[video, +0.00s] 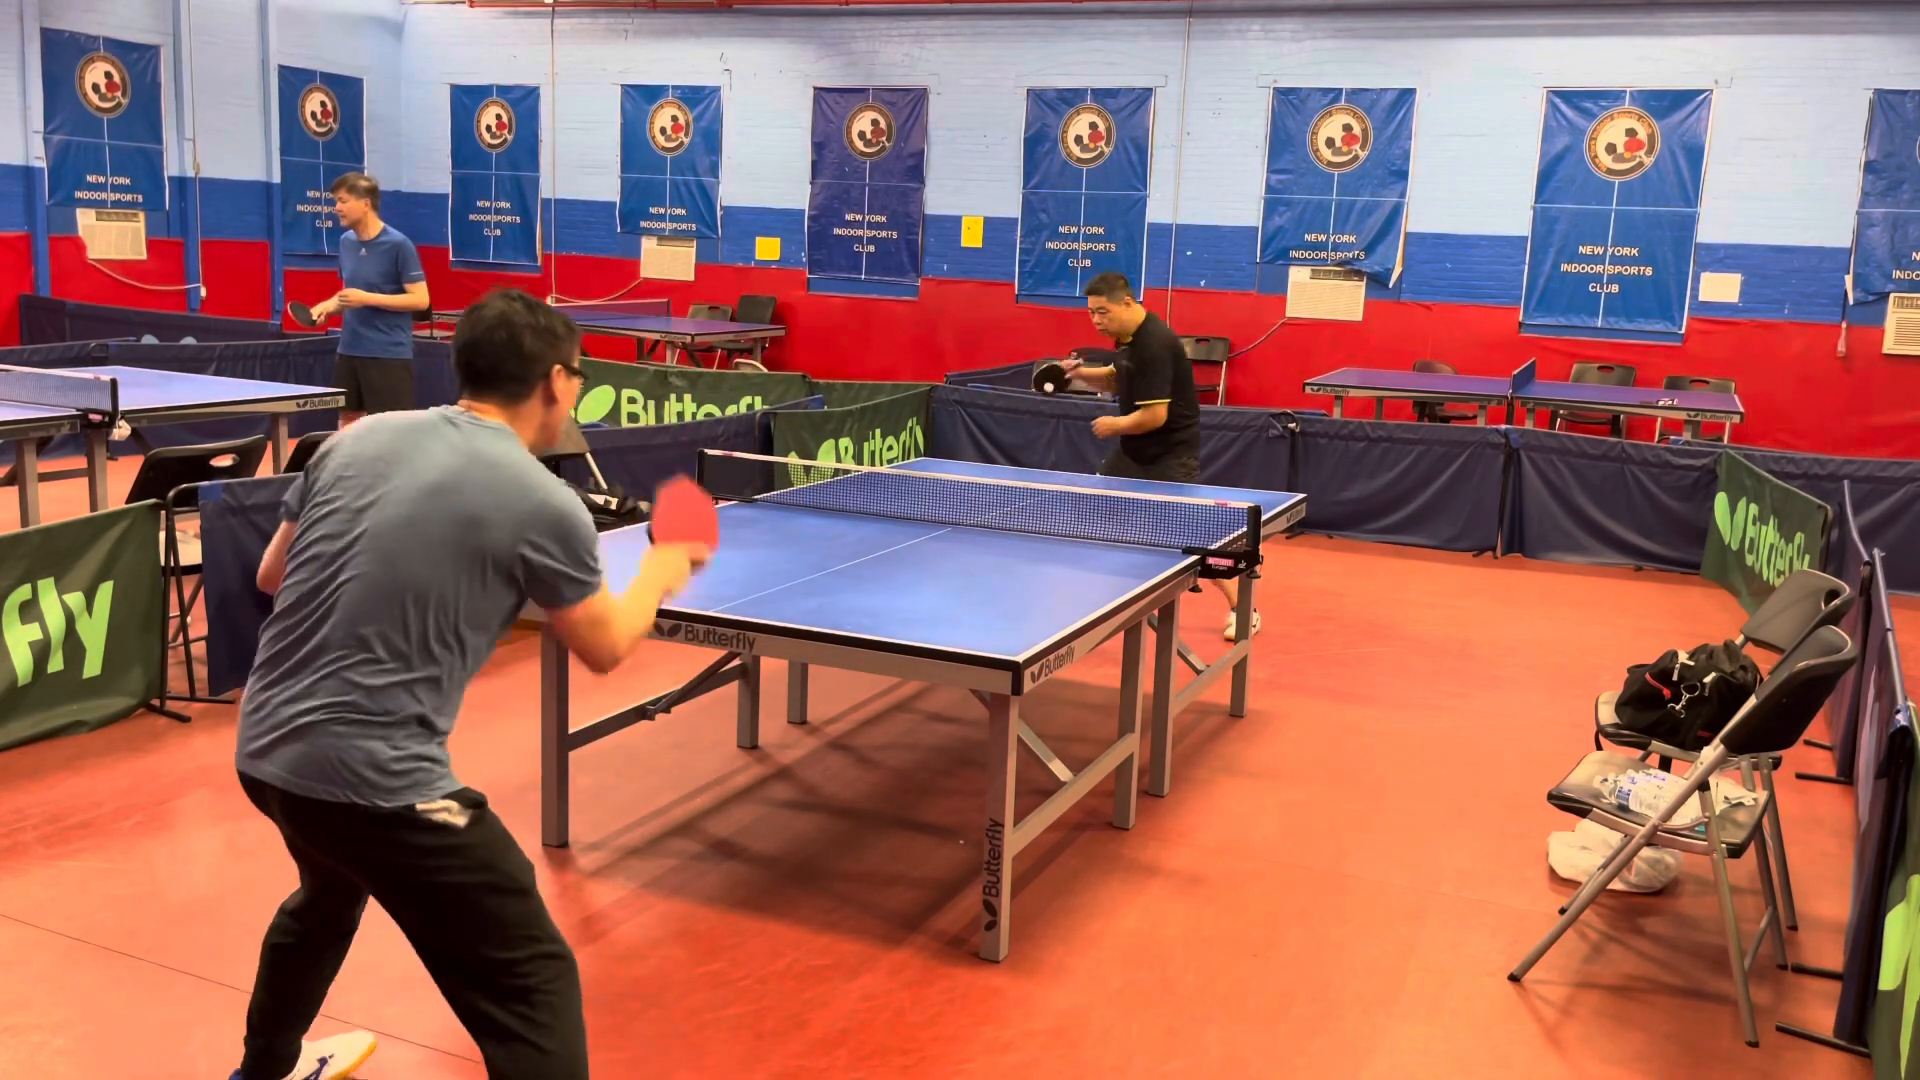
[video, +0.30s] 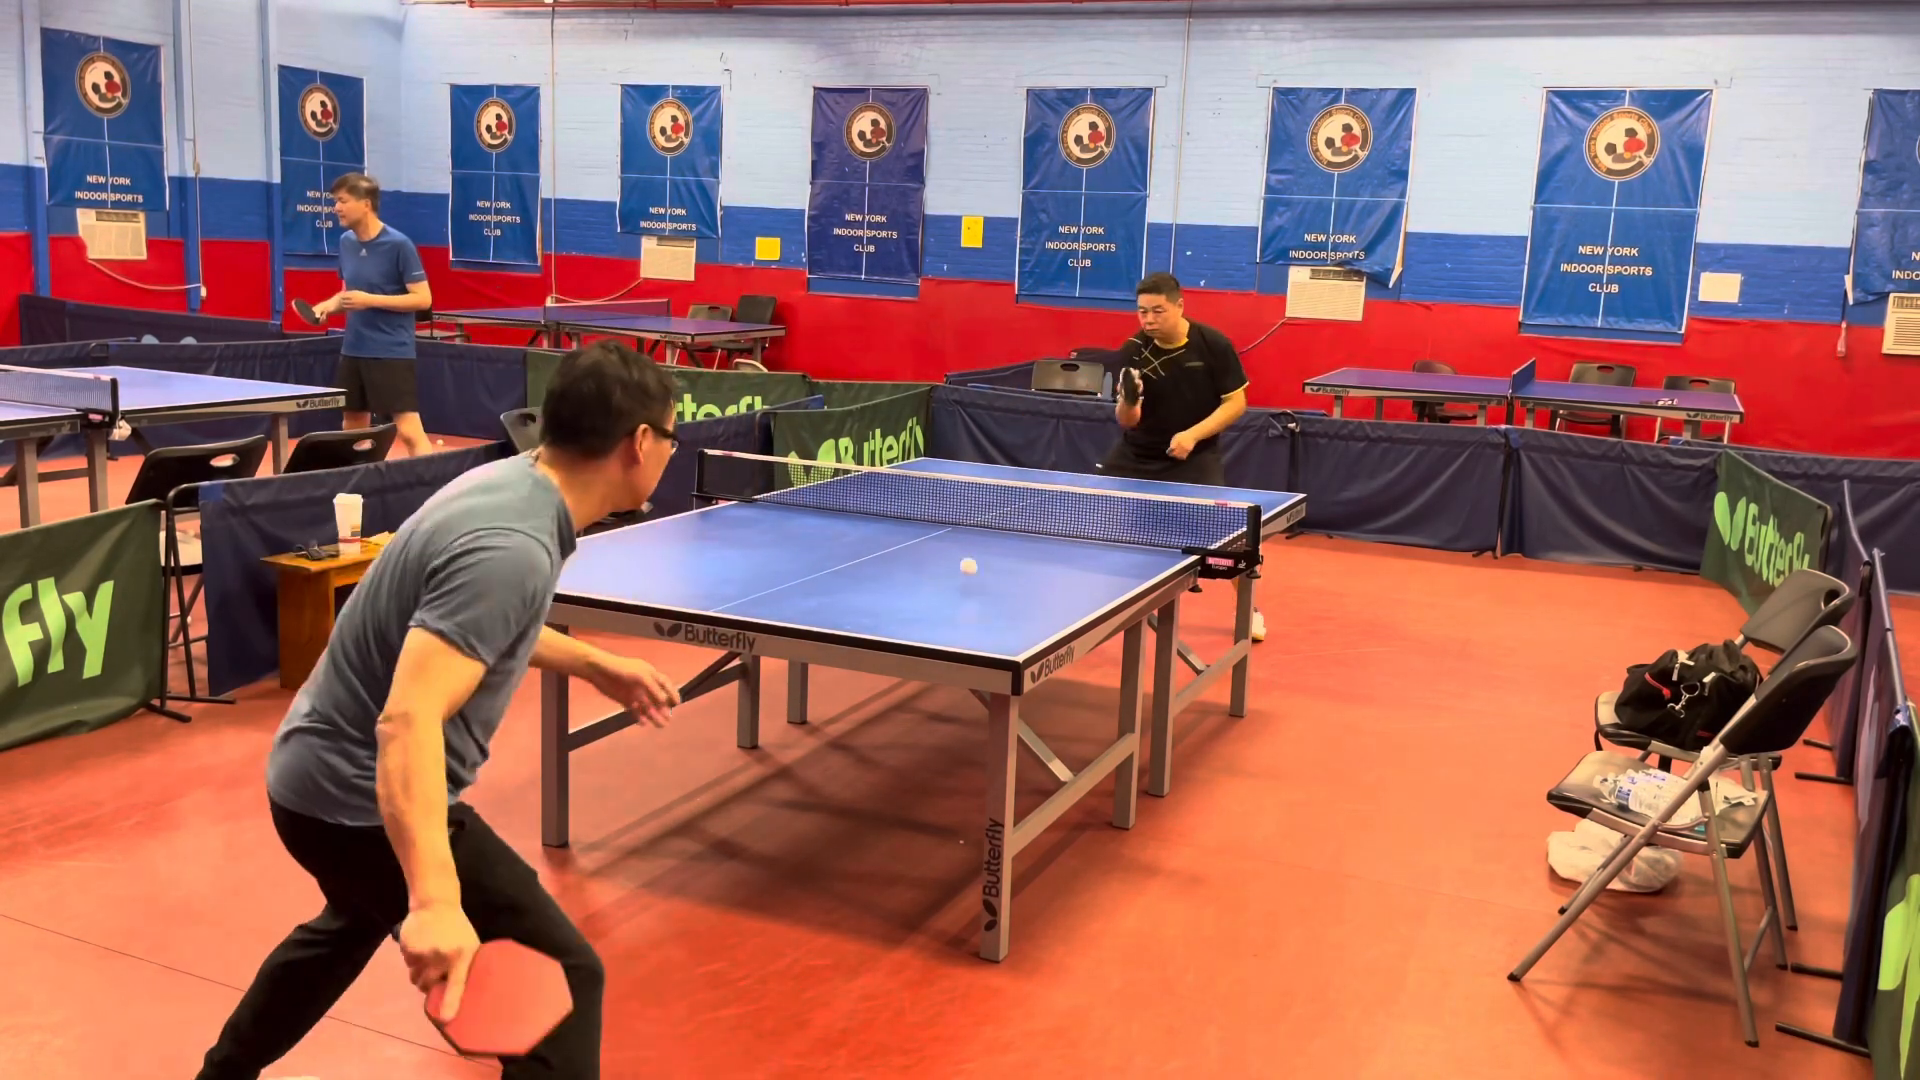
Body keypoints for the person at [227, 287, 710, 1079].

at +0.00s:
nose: (576, 396)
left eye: (577, 377)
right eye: (575, 377)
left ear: (469, 371)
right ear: (551, 382)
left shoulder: (352, 441)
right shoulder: (536, 498)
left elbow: (271, 574)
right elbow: (603, 644)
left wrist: (389, 571)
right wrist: (664, 567)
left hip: (267, 754)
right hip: (380, 777)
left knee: (329, 891)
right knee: (532, 979)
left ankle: (264, 1065)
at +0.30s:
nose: (667, 455)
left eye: (670, 436)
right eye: (668, 437)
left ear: (565, 423)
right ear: (636, 445)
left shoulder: (507, 488)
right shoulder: (511, 549)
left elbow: (483, 619)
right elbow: (406, 726)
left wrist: (597, 665)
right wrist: (435, 901)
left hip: (316, 779)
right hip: (368, 802)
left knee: (357, 916)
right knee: (567, 974)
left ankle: (224, 1069)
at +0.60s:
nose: (609, 365)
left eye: (607, 346)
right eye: (605, 347)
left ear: (489, 352)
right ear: (575, 359)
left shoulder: (392, 440)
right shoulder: (591, 475)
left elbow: (347, 568)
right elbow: (740, 526)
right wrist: (758, 437)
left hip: (298, 772)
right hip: (423, 795)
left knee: (331, 905)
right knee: (591, 981)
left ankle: (251, 1075)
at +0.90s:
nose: (597, 419)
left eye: (597, 402)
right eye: (596, 403)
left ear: (485, 401)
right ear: (578, 410)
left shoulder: (374, 475)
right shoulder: (582, 527)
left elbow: (294, 628)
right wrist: (667, 554)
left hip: (304, 811)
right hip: (432, 826)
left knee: (334, 922)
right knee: (616, 991)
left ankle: (254, 1073)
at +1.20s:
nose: (657, 453)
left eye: (657, 436)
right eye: (655, 437)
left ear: (553, 423)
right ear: (627, 445)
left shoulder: (492, 485)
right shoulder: (509, 546)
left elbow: (452, 630)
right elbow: (402, 726)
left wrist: (563, 676)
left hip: (303, 778)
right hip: (356, 802)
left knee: (361, 918)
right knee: (547, 989)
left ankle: (233, 1069)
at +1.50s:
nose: (547, 365)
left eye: (547, 346)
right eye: (542, 345)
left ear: (428, 342)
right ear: (505, 350)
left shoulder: (336, 422)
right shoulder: (501, 458)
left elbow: (321, 567)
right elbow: (653, 523)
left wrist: (445, 613)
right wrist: (678, 418)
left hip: (243, 748)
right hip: (350, 770)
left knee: (310, 904)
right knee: (491, 984)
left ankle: (227, 1068)